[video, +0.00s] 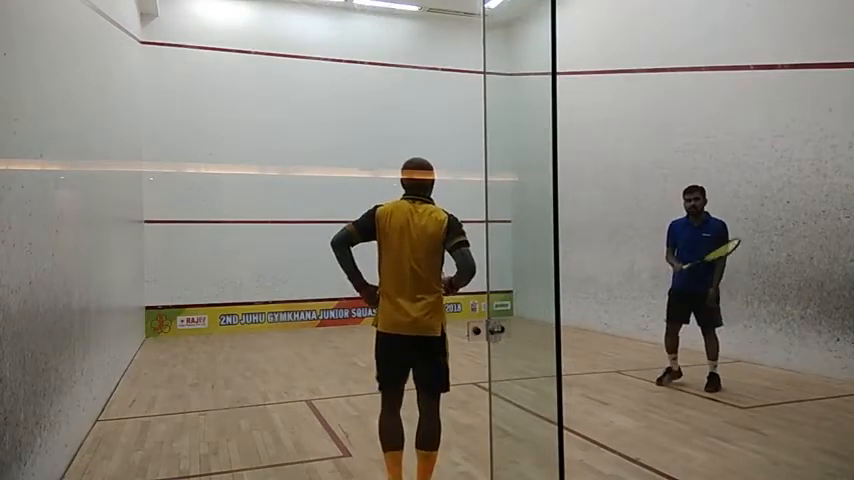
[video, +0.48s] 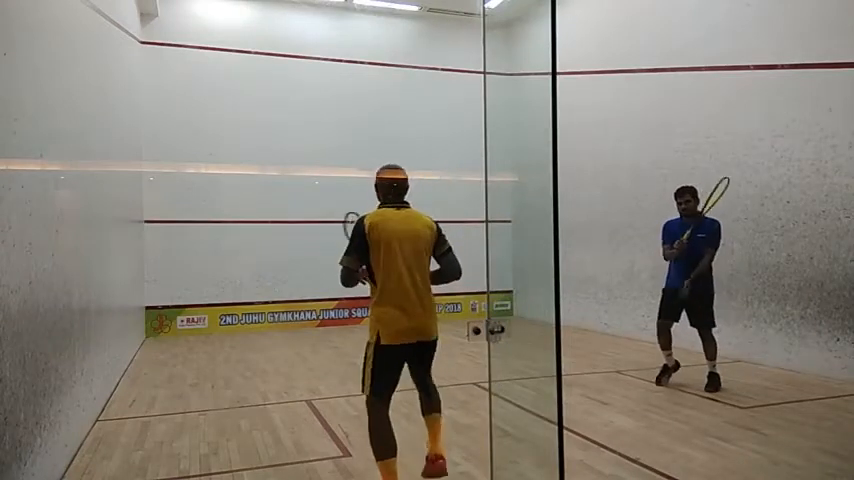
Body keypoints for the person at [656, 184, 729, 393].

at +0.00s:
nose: (692, 204)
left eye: (696, 200)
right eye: (688, 200)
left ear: (705, 201)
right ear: (683, 203)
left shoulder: (718, 227)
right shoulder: (676, 227)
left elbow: (721, 260)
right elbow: (669, 255)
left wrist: (714, 288)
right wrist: (677, 266)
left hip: (705, 289)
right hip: (680, 289)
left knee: (709, 332)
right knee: (671, 328)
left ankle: (713, 374)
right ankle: (673, 368)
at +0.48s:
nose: (684, 206)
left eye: (688, 202)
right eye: (680, 203)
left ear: (697, 203)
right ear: (676, 206)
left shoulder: (711, 226)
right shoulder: (670, 226)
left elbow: (708, 259)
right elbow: (666, 255)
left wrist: (690, 279)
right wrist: (676, 250)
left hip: (700, 286)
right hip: (674, 284)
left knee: (704, 331)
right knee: (662, 326)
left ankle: (712, 373)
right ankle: (670, 363)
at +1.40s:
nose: (588, 205)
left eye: (590, 202)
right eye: (589, 201)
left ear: (599, 203)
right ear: (607, 204)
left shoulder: (602, 225)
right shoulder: (620, 223)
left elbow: (610, 254)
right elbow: (639, 239)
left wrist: (609, 286)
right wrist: (657, 240)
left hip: (615, 287)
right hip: (628, 286)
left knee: (596, 327)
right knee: (620, 329)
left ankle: (612, 378)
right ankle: (635, 378)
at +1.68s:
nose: (566, 206)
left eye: (570, 203)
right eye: (567, 203)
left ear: (581, 204)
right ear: (585, 205)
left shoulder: (575, 227)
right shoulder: (603, 227)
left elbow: (576, 258)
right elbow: (615, 256)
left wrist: (556, 282)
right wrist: (635, 280)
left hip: (583, 292)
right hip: (601, 292)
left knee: (563, 330)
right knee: (602, 333)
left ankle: (562, 383)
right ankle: (632, 375)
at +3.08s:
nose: (487, 213)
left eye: (488, 209)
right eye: (488, 208)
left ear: (490, 210)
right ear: (507, 210)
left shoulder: (486, 231)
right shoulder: (522, 231)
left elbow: (490, 256)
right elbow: (532, 262)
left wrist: (486, 276)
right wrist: (538, 288)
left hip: (501, 291)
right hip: (525, 289)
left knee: (497, 333)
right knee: (533, 331)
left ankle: (510, 376)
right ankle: (549, 378)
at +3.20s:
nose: (479, 215)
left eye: (479, 212)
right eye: (481, 211)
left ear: (479, 212)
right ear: (496, 211)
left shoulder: (477, 233)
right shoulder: (511, 232)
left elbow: (484, 258)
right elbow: (520, 264)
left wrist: (479, 279)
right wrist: (525, 290)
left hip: (496, 293)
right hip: (518, 291)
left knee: (497, 333)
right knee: (527, 331)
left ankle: (513, 371)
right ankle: (545, 368)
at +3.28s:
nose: (470, 222)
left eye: (469, 219)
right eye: (474, 218)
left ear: (469, 219)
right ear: (486, 217)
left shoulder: (468, 241)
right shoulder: (499, 236)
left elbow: (473, 269)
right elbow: (511, 268)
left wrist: (468, 287)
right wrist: (513, 289)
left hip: (489, 295)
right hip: (510, 292)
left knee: (493, 335)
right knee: (516, 330)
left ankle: (513, 372)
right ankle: (542, 359)